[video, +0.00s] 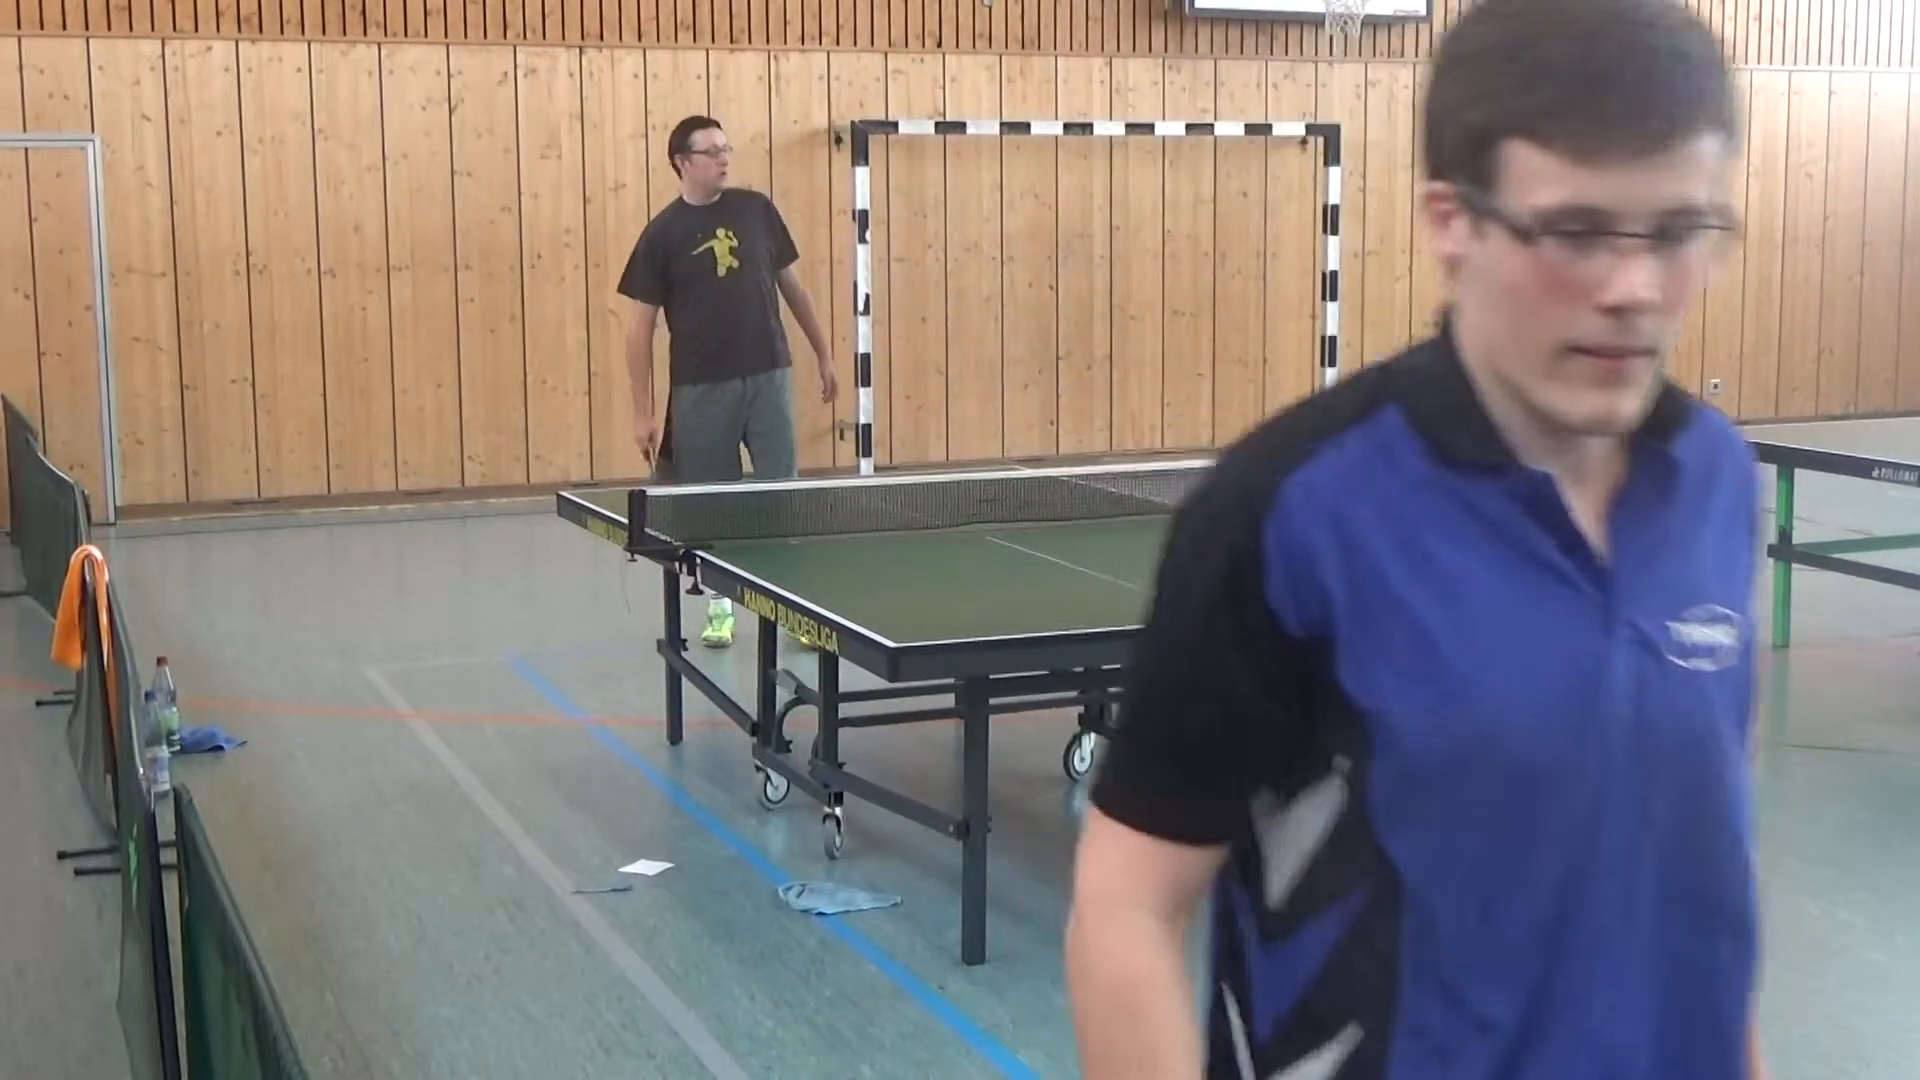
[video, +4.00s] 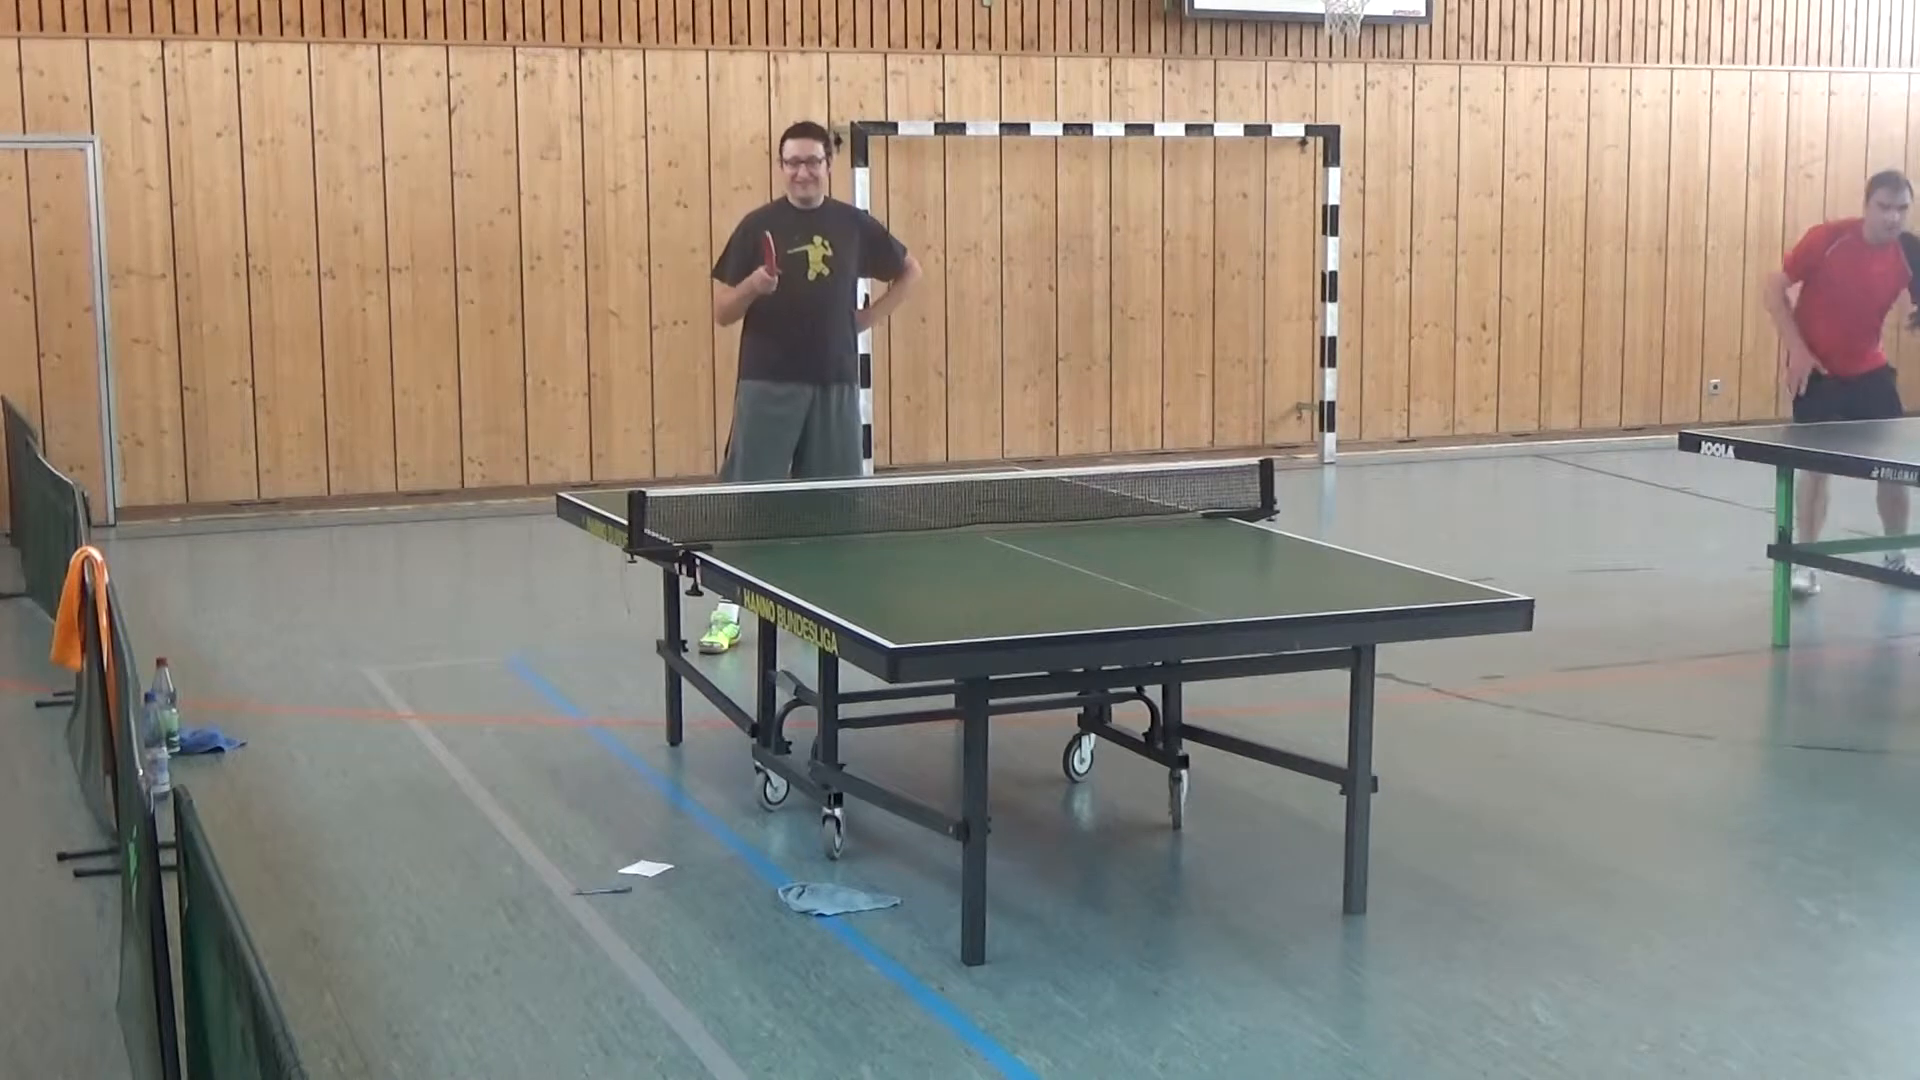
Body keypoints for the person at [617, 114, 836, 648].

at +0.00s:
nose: (724, 159)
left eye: (725, 150)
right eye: (711, 152)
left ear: (728, 156)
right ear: (681, 163)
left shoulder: (757, 208)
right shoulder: (661, 234)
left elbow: (792, 285)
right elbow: (641, 327)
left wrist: (824, 356)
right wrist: (644, 413)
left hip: (770, 381)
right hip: (701, 391)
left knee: (783, 498)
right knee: (708, 504)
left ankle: (796, 606)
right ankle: (719, 603)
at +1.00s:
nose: (840, 167)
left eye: (840, 158)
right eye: (831, 158)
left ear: (824, 166)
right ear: (797, 164)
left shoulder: (847, 224)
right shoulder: (755, 225)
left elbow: (892, 283)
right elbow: (733, 316)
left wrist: (880, 328)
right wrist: (756, 391)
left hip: (832, 391)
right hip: (766, 391)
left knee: (833, 508)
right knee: (742, 502)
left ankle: (829, 611)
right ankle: (724, 605)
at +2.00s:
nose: (834, 167)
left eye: (835, 158)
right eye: (824, 158)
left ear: (830, 166)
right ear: (792, 164)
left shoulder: (846, 223)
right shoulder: (755, 227)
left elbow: (890, 268)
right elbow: (732, 319)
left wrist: (858, 316)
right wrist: (755, 395)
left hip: (837, 390)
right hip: (773, 391)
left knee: (843, 509)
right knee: (748, 505)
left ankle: (841, 615)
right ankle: (727, 609)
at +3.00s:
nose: (811, 173)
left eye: (820, 165)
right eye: (801, 164)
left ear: (832, 168)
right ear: (784, 165)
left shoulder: (852, 225)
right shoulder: (756, 227)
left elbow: (902, 270)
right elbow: (731, 315)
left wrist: (866, 315)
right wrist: (749, 393)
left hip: (835, 392)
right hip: (768, 392)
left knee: (839, 510)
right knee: (744, 505)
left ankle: (837, 614)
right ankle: (728, 609)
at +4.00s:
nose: (803, 171)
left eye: (813, 162)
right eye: (793, 162)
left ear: (829, 165)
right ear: (781, 166)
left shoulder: (854, 224)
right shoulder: (757, 227)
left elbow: (910, 272)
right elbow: (722, 311)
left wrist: (871, 315)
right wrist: (753, 284)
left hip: (836, 386)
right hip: (768, 387)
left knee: (839, 506)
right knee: (748, 502)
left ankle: (838, 613)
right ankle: (729, 606)